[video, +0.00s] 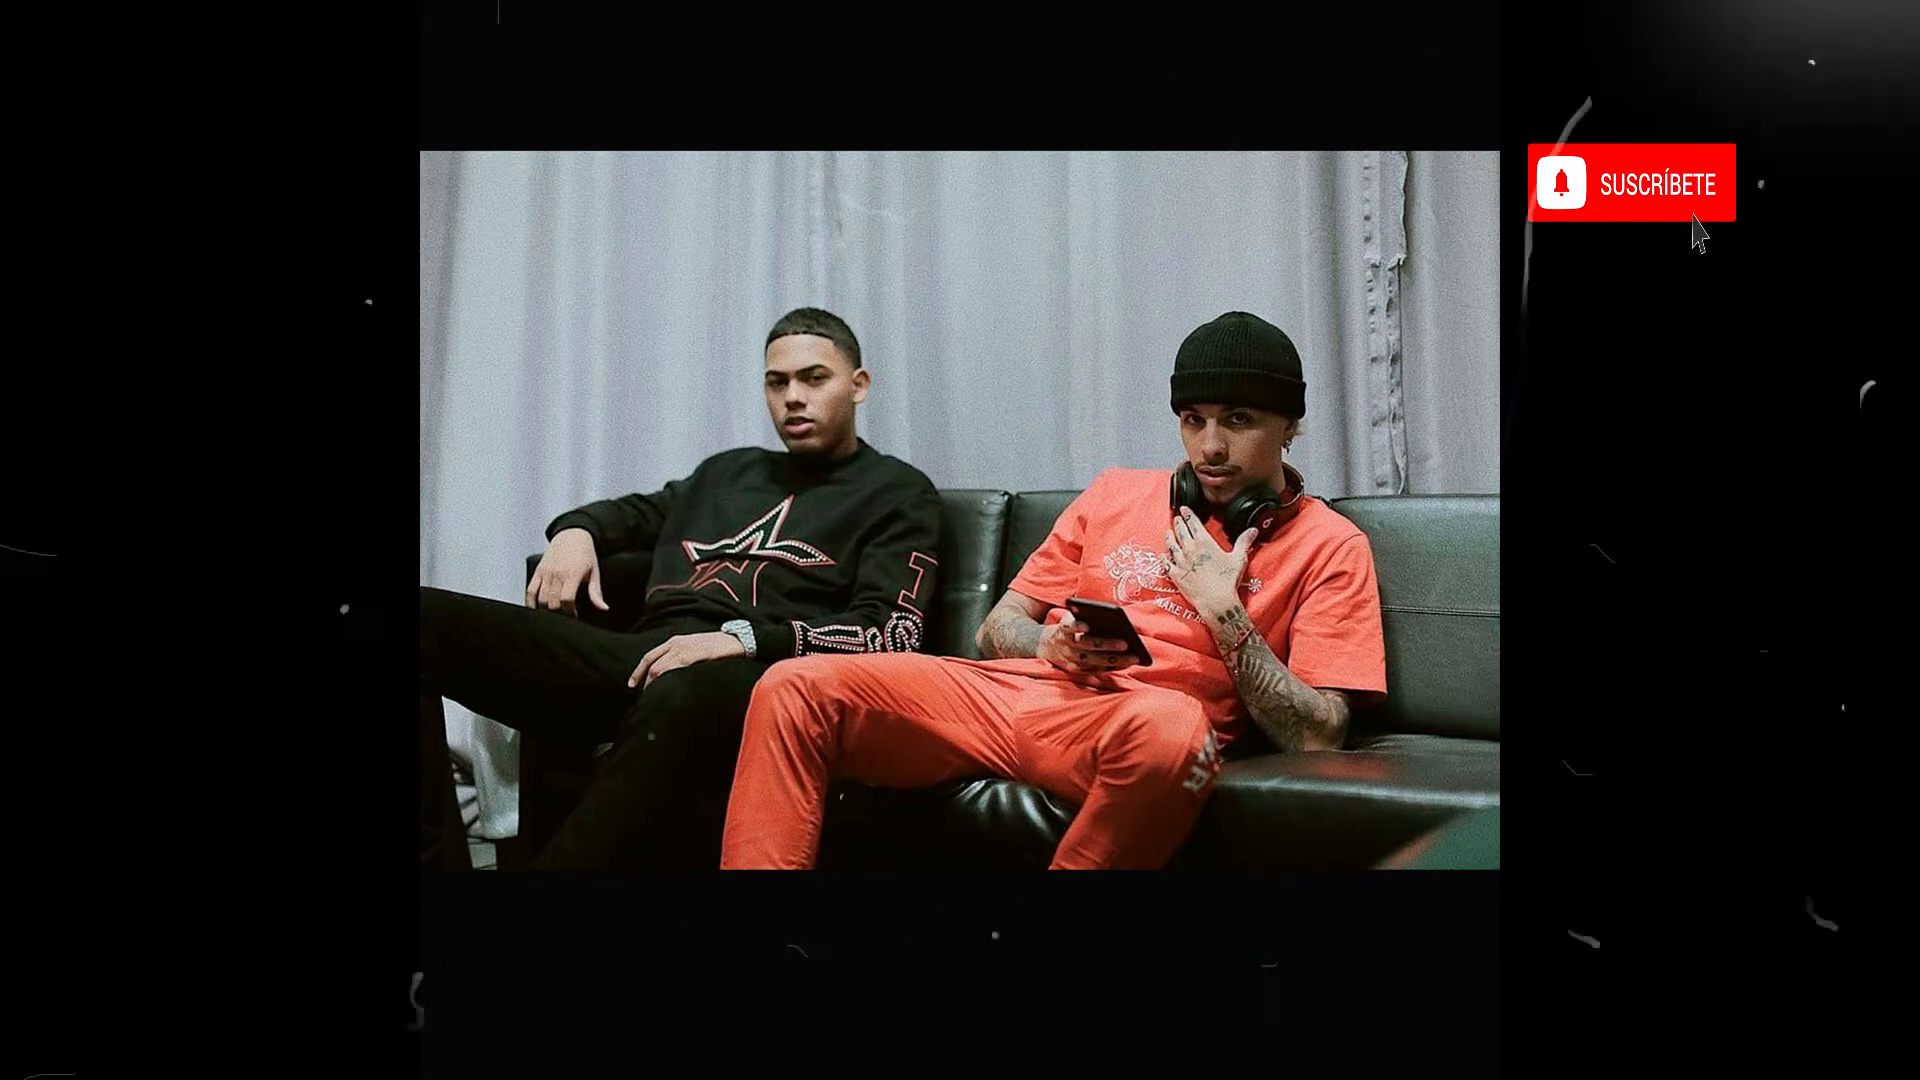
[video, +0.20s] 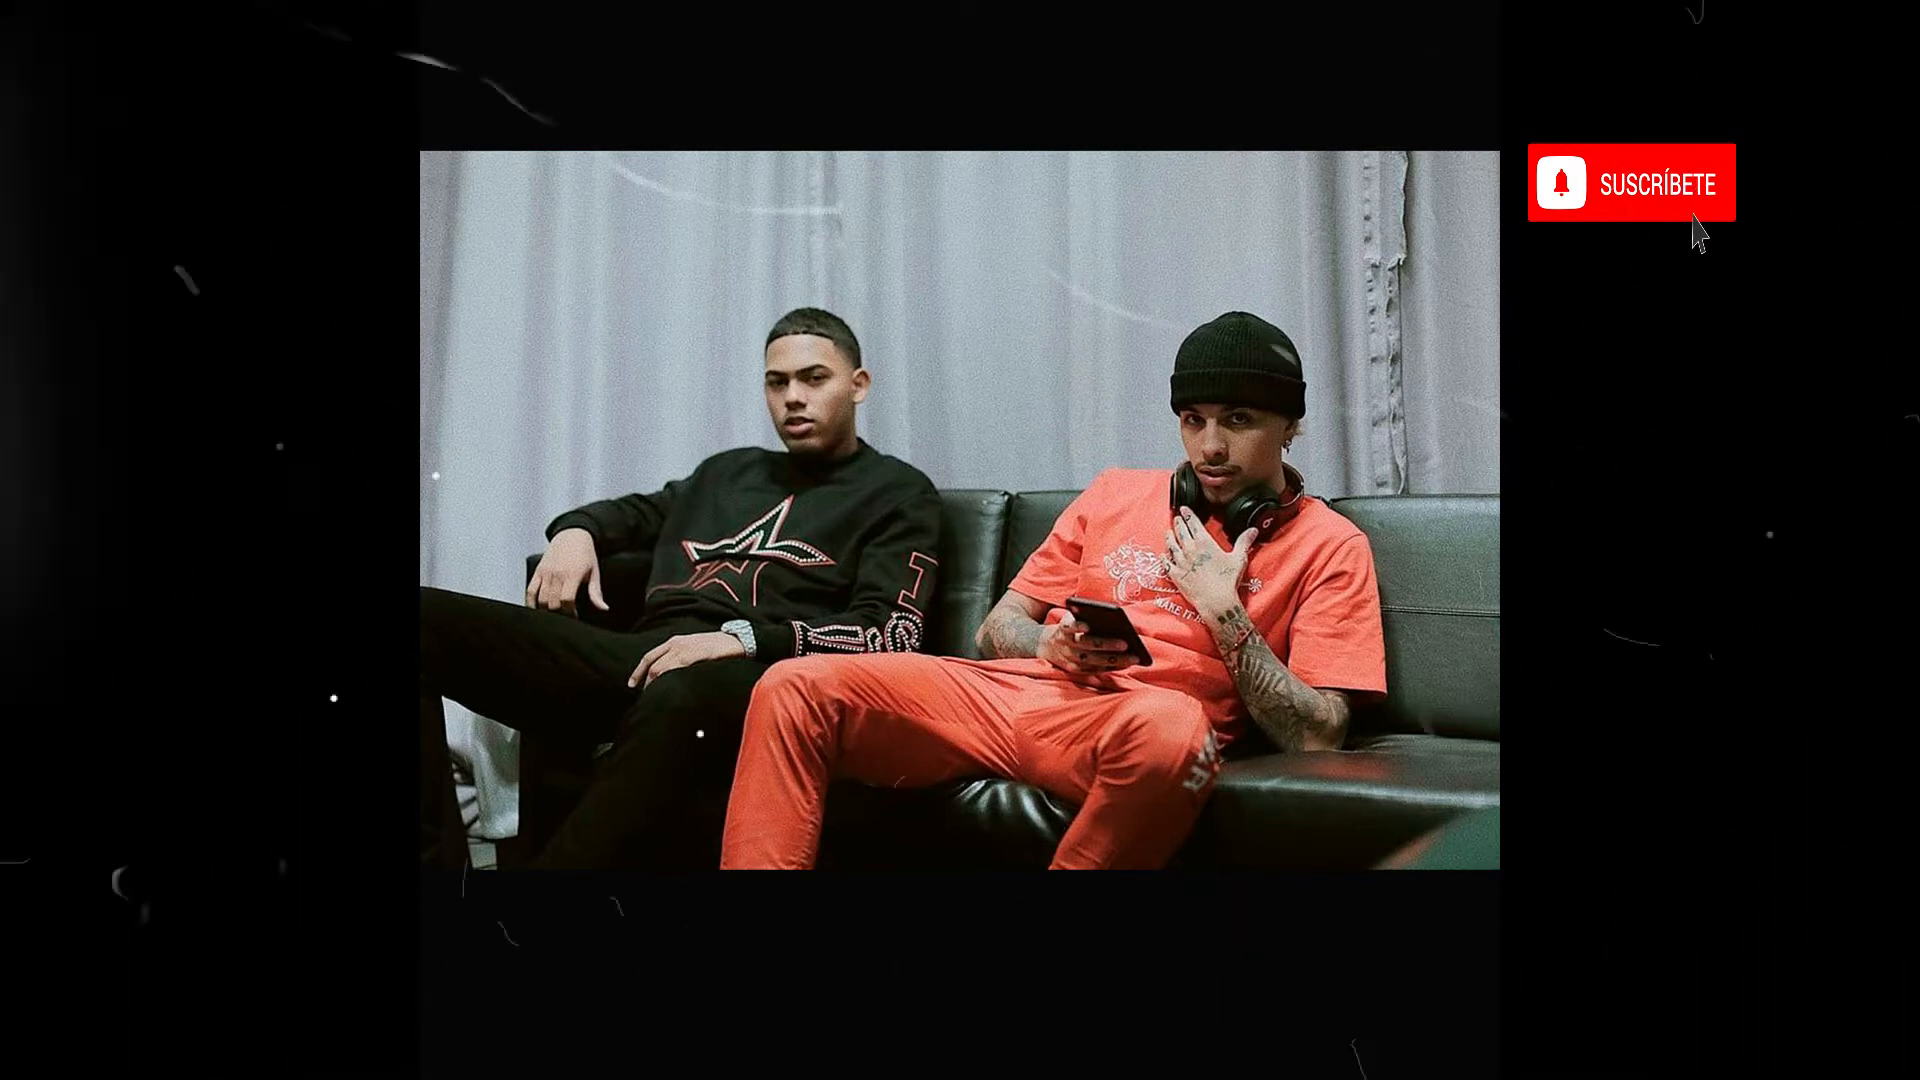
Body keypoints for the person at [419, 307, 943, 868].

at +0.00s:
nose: (793, 399)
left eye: (813, 379)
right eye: (779, 382)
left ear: (859, 385)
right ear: (765, 391)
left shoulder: (899, 493)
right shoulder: (728, 472)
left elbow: (893, 635)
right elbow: (640, 515)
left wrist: (745, 638)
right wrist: (575, 530)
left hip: (770, 681)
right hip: (638, 653)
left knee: (683, 699)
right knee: (424, 618)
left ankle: (560, 874)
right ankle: (441, 860)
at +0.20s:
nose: (793, 399)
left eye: (813, 379)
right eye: (779, 382)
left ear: (859, 385)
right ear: (765, 391)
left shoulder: (899, 493)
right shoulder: (728, 471)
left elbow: (893, 634)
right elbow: (640, 515)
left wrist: (745, 638)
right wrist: (575, 530)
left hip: (769, 680)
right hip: (638, 654)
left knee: (679, 699)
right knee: (425, 617)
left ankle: (553, 878)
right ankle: (439, 858)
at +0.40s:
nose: (793, 399)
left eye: (813, 379)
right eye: (779, 382)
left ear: (859, 385)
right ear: (765, 391)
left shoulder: (899, 493)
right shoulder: (728, 472)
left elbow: (893, 634)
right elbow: (640, 515)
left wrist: (744, 638)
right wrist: (575, 529)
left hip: (770, 680)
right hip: (639, 653)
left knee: (680, 699)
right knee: (425, 618)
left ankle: (561, 873)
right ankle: (438, 858)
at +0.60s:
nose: (793, 399)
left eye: (813, 379)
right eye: (779, 382)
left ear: (859, 385)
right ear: (765, 391)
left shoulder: (900, 493)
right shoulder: (728, 472)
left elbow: (893, 634)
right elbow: (640, 515)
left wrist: (744, 638)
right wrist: (575, 530)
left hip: (769, 681)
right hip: (637, 653)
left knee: (683, 698)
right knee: (425, 617)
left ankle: (561, 873)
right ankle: (439, 856)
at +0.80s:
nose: (793, 399)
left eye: (813, 379)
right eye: (779, 382)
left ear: (859, 385)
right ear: (765, 390)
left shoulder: (899, 493)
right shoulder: (728, 471)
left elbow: (893, 634)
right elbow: (641, 515)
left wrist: (742, 639)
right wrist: (574, 530)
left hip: (769, 681)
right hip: (636, 653)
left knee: (683, 699)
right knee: (425, 617)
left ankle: (562, 871)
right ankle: (441, 855)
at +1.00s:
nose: (792, 399)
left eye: (813, 379)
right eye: (778, 382)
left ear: (859, 385)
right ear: (765, 390)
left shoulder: (899, 493)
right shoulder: (728, 472)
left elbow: (892, 633)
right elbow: (641, 516)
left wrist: (743, 639)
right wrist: (575, 529)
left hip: (769, 681)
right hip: (638, 653)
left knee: (683, 701)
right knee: (428, 617)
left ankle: (550, 898)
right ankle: (442, 866)